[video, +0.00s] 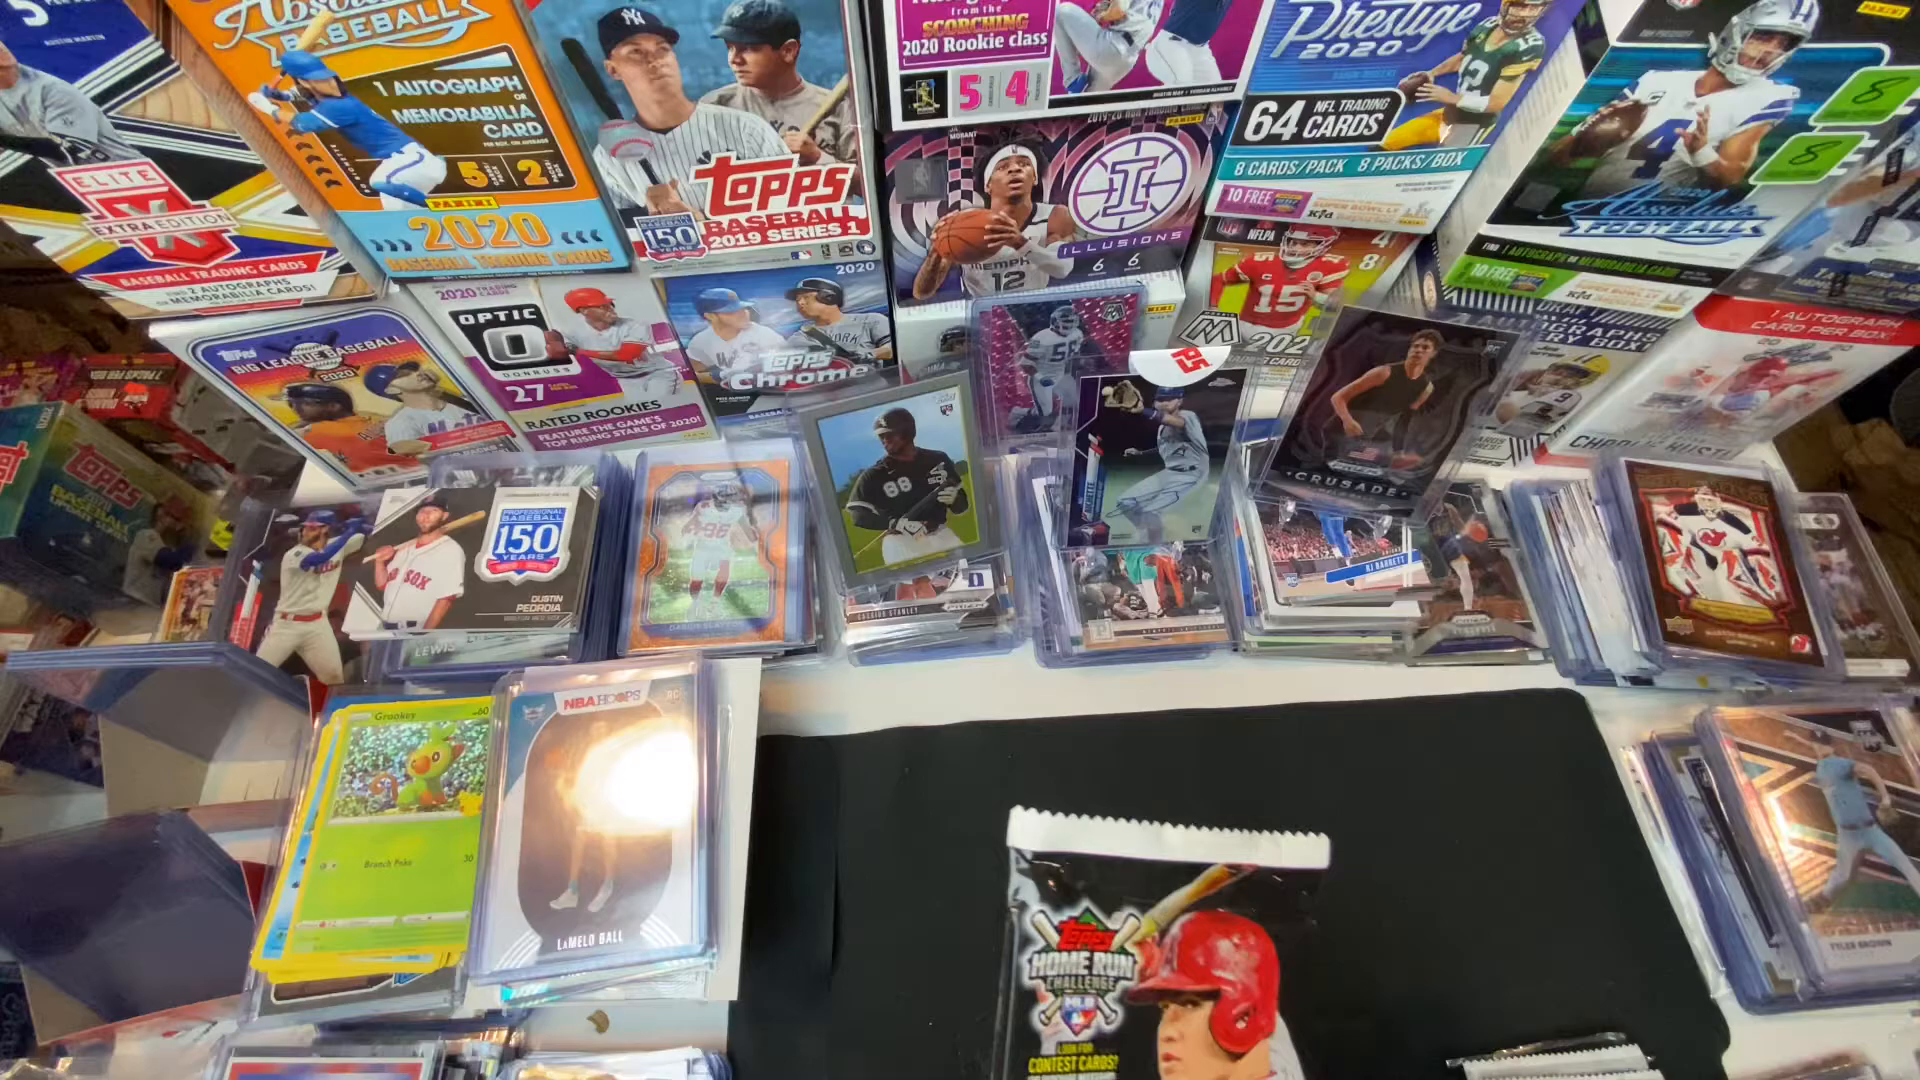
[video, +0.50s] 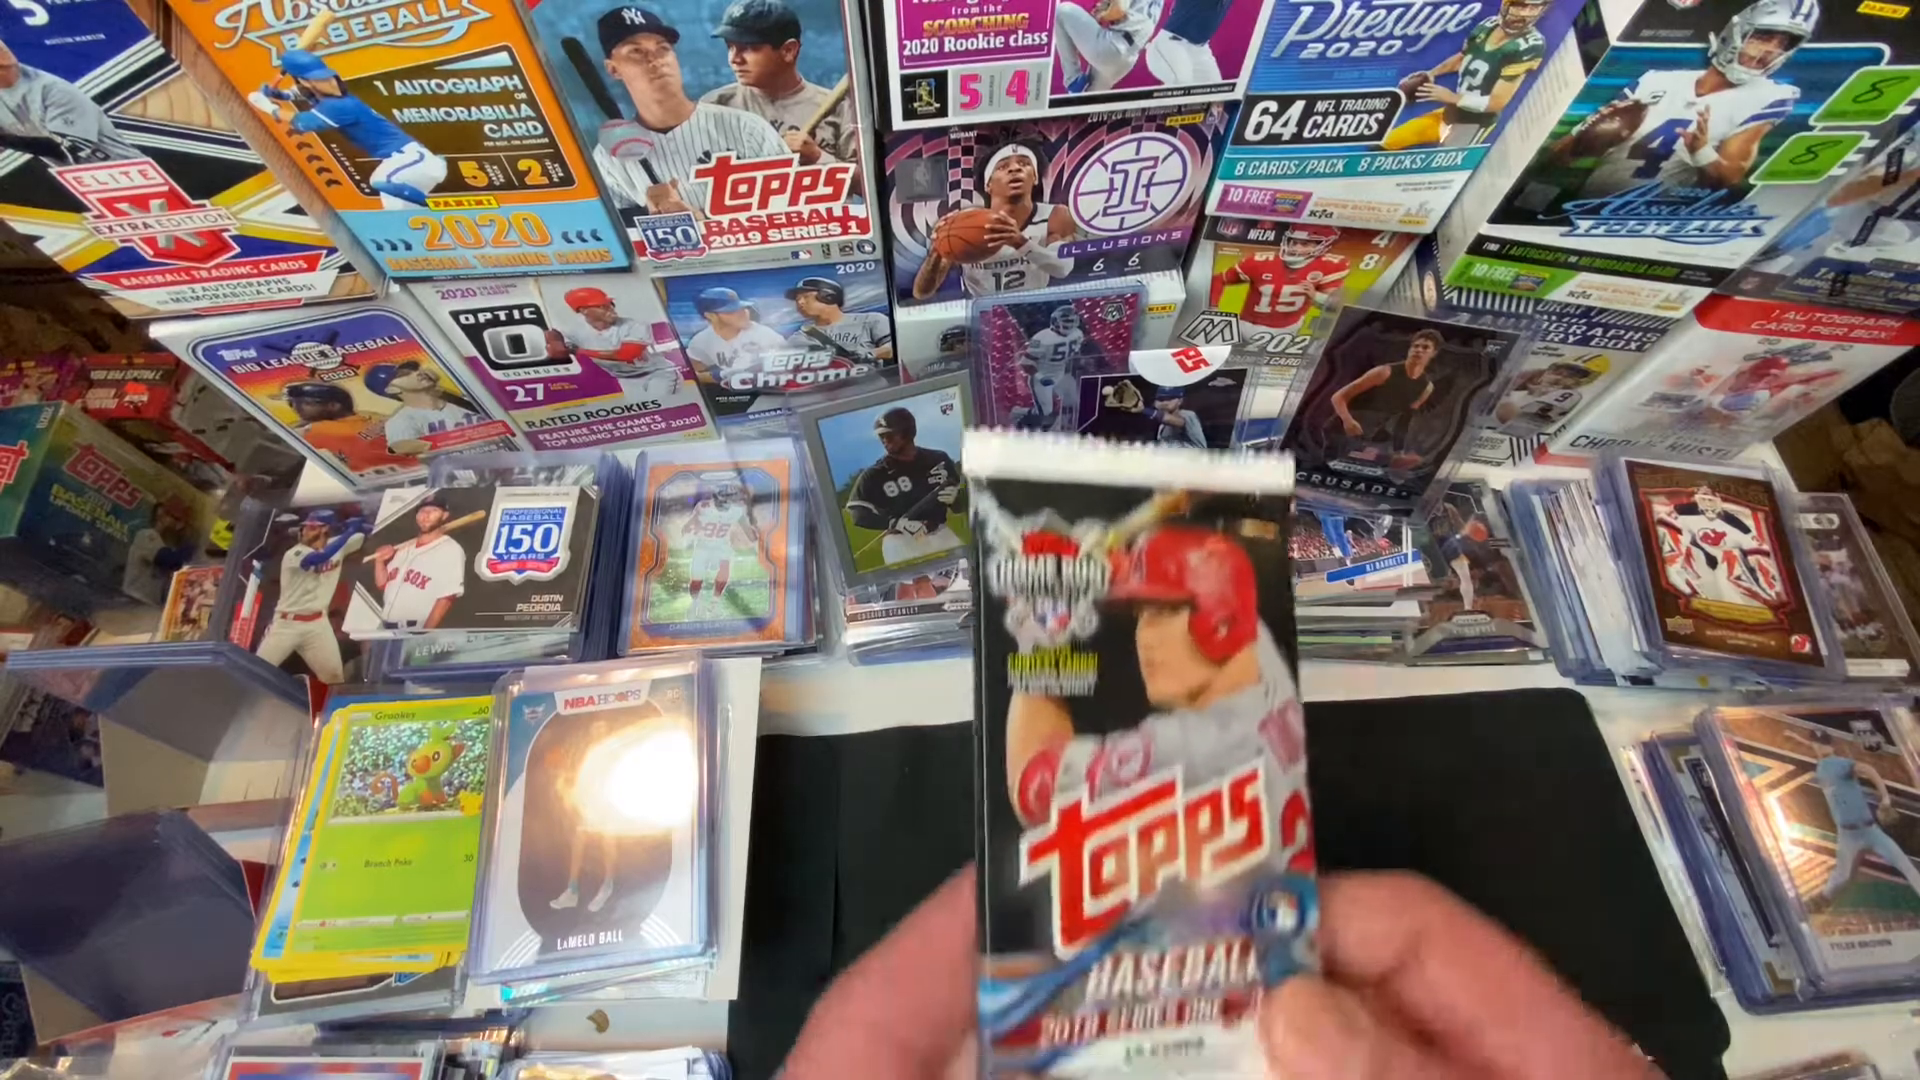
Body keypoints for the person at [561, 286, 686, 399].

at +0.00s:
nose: (612, 311)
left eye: (611, 306)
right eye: (605, 308)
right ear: (585, 312)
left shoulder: (634, 326)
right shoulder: (580, 337)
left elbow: (628, 355)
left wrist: (581, 353)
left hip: (657, 372)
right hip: (623, 379)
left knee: (656, 396)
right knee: (630, 401)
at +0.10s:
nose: (612, 311)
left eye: (610, 306)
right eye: (604, 308)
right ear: (585, 313)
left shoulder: (634, 326)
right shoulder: (580, 337)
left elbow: (628, 356)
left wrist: (581, 353)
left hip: (658, 372)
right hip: (623, 379)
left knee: (656, 397)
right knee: (630, 402)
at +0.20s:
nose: (612, 309)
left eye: (610, 305)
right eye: (604, 307)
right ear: (587, 312)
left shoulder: (634, 325)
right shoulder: (582, 337)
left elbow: (628, 354)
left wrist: (580, 352)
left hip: (658, 372)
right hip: (625, 378)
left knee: (655, 398)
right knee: (630, 403)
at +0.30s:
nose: (611, 310)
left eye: (610, 305)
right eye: (604, 307)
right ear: (586, 313)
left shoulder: (634, 326)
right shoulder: (580, 336)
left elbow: (628, 355)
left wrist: (580, 353)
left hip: (658, 373)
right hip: (624, 379)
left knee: (655, 403)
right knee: (630, 406)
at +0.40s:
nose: (612, 310)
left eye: (610, 305)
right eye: (604, 308)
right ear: (586, 313)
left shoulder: (634, 326)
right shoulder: (580, 336)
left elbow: (627, 355)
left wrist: (580, 353)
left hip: (657, 372)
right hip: (623, 379)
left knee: (656, 400)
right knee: (630, 404)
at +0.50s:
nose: (612, 310)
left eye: (610, 305)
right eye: (604, 307)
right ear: (586, 313)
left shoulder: (634, 325)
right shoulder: (580, 336)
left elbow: (628, 354)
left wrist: (581, 352)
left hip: (658, 372)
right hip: (624, 378)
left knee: (655, 401)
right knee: (631, 404)